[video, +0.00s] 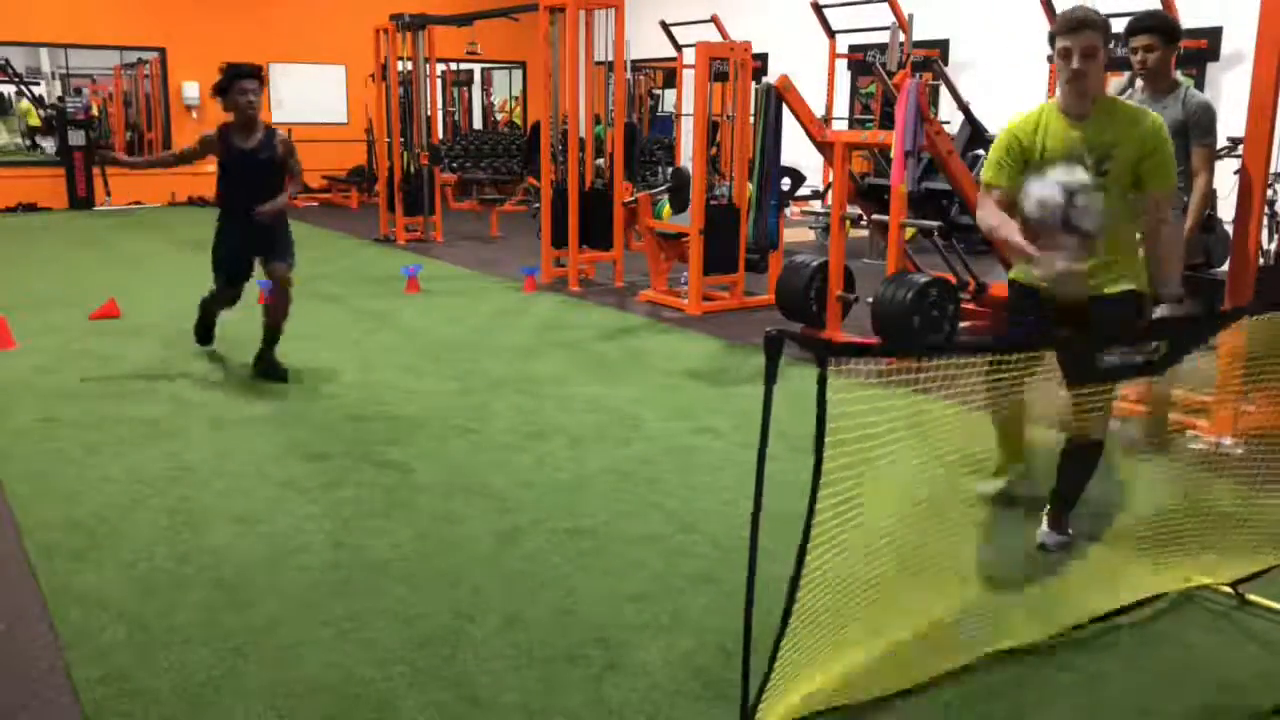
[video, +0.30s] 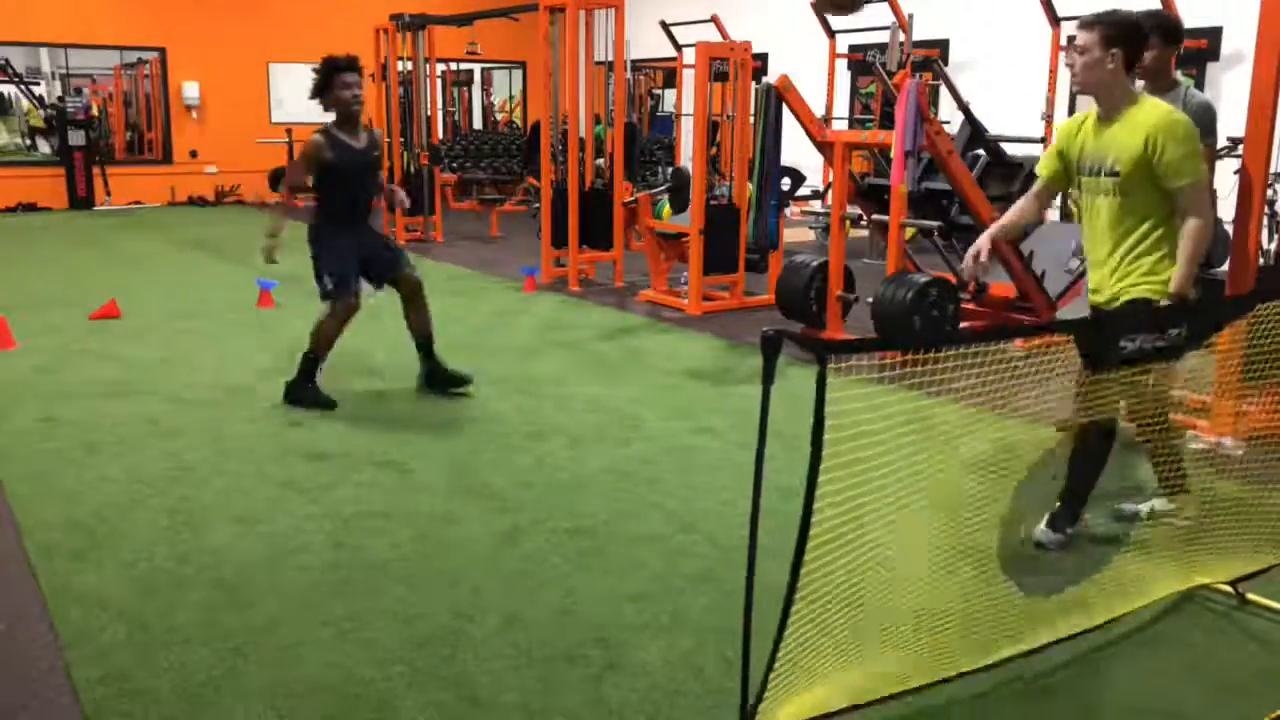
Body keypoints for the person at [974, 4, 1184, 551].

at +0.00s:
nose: (1076, 65)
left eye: (1087, 55)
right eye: (1066, 55)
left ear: (1106, 59)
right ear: (1053, 60)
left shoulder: (1143, 129)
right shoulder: (1022, 132)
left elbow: (1162, 218)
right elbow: (988, 209)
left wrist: (1170, 299)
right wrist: (1033, 256)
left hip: (1108, 290)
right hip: (1032, 285)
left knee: (1090, 403)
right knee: (1001, 378)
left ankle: (1059, 512)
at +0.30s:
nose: (1069, 60)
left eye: (1079, 51)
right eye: (1070, 51)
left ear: (1117, 60)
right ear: (1093, 62)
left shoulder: (1165, 124)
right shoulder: (1071, 132)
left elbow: (1198, 212)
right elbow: (1036, 200)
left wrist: (1179, 292)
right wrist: (992, 233)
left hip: (1151, 292)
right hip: (1104, 294)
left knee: (1095, 405)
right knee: (1145, 406)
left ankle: (1066, 514)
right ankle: (1178, 496)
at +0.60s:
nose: (1078, 58)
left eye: (1086, 47)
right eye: (1080, 47)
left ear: (1117, 51)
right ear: (1118, 53)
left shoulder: (1145, 108)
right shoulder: (1131, 108)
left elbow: (1175, 200)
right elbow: (1135, 194)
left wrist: (1109, 265)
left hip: (1159, 279)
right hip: (1147, 275)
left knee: (1123, 395)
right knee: (1139, 389)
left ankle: (1131, 515)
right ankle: (1155, 488)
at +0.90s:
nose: (1079, 58)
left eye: (1085, 47)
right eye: (1080, 47)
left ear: (1115, 49)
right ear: (1127, 51)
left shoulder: (1128, 109)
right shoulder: (1166, 103)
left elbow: (1139, 209)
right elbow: (1205, 181)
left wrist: (1077, 268)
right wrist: (1173, 232)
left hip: (1143, 278)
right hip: (1180, 276)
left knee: (1122, 395)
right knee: (1143, 390)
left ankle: (1131, 518)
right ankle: (1148, 491)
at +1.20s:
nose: (1092, 50)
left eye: (1097, 41)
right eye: (1094, 40)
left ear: (1120, 47)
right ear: (1143, 50)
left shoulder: (1128, 108)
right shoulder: (1173, 103)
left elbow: (1136, 206)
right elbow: (1197, 194)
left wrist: (1074, 259)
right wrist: (1162, 236)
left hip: (1133, 275)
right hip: (1166, 274)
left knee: (1130, 394)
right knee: (1139, 387)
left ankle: (1133, 518)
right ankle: (1137, 486)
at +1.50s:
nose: (1105, 51)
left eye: (1109, 43)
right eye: (1108, 42)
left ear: (1121, 50)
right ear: (1169, 55)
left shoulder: (1104, 117)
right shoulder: (1182, 124)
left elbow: (1081, 208)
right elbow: (1197, 199)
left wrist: (1043, 234)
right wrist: (1154, 231)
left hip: (1106, 278)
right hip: (1149, 276)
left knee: (1121, 394)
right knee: (1126, 382)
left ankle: (1132, 519)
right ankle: (1135, 466)